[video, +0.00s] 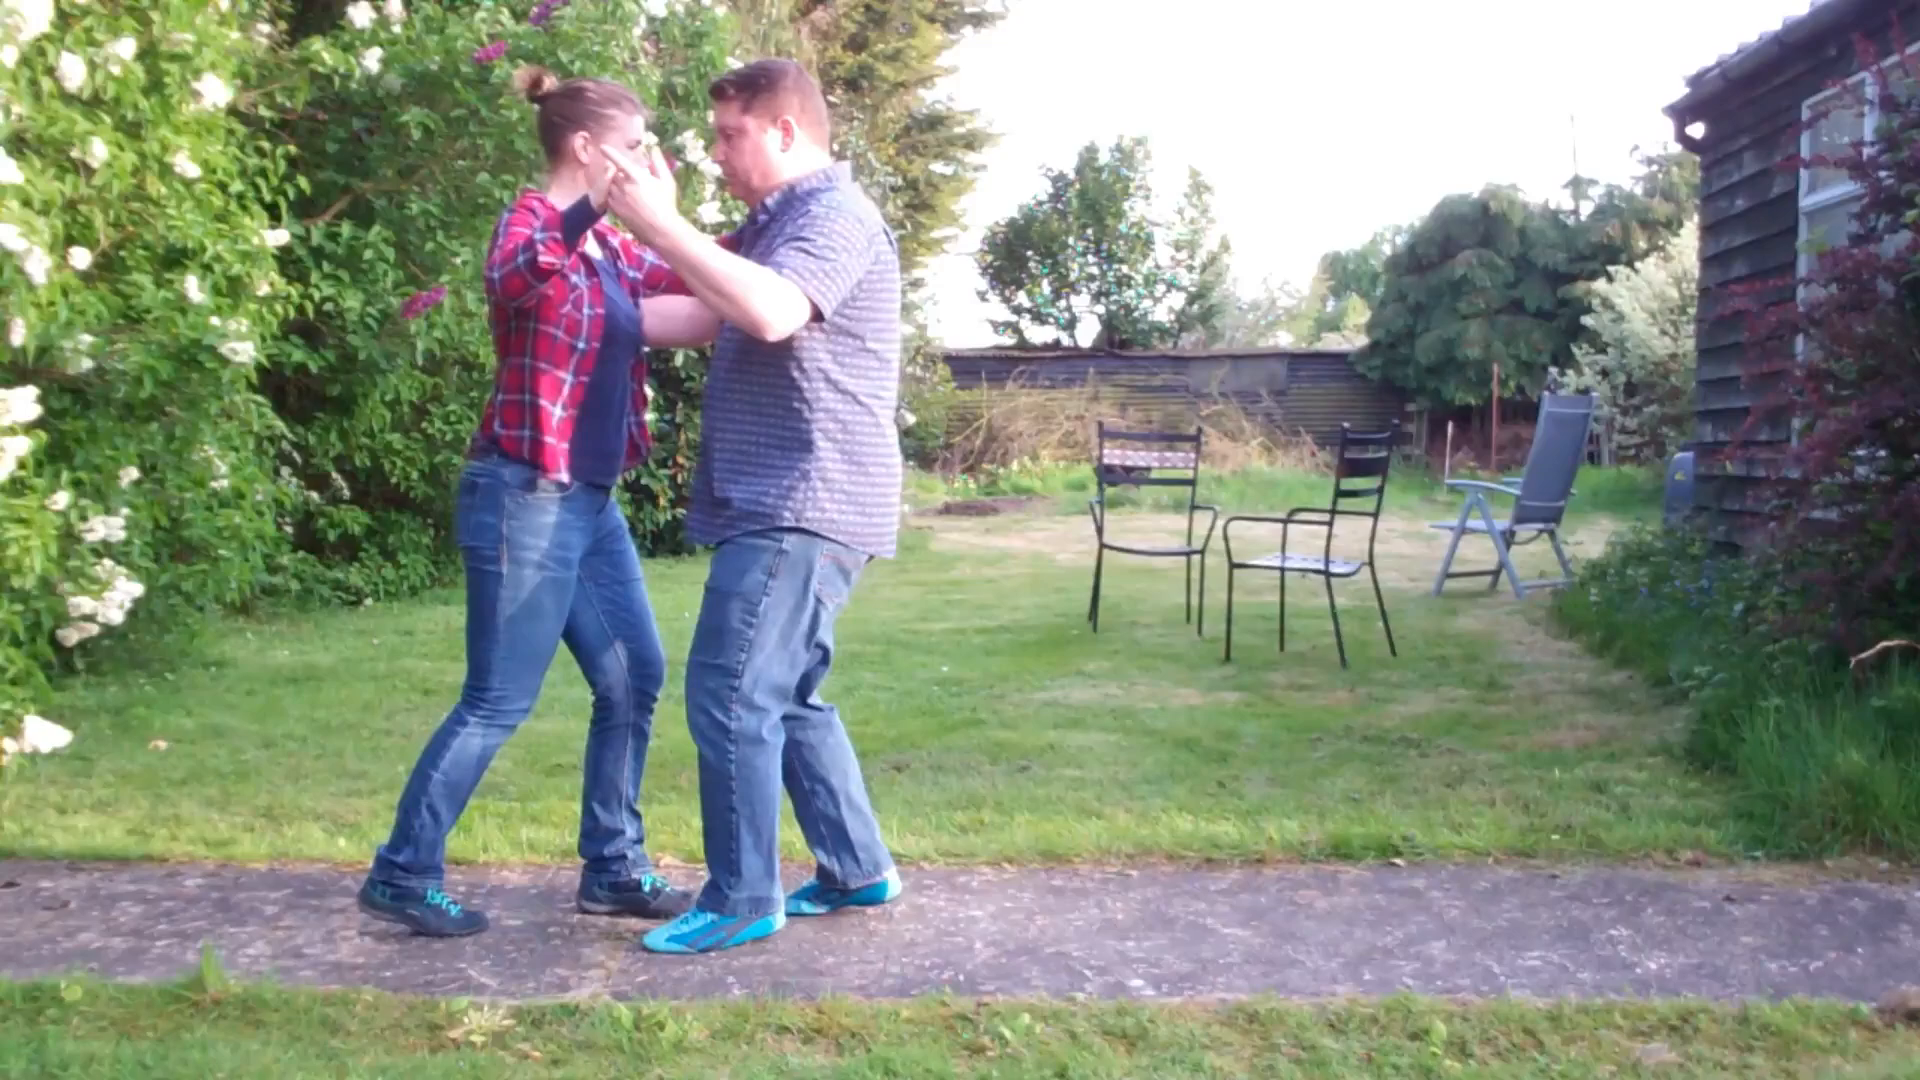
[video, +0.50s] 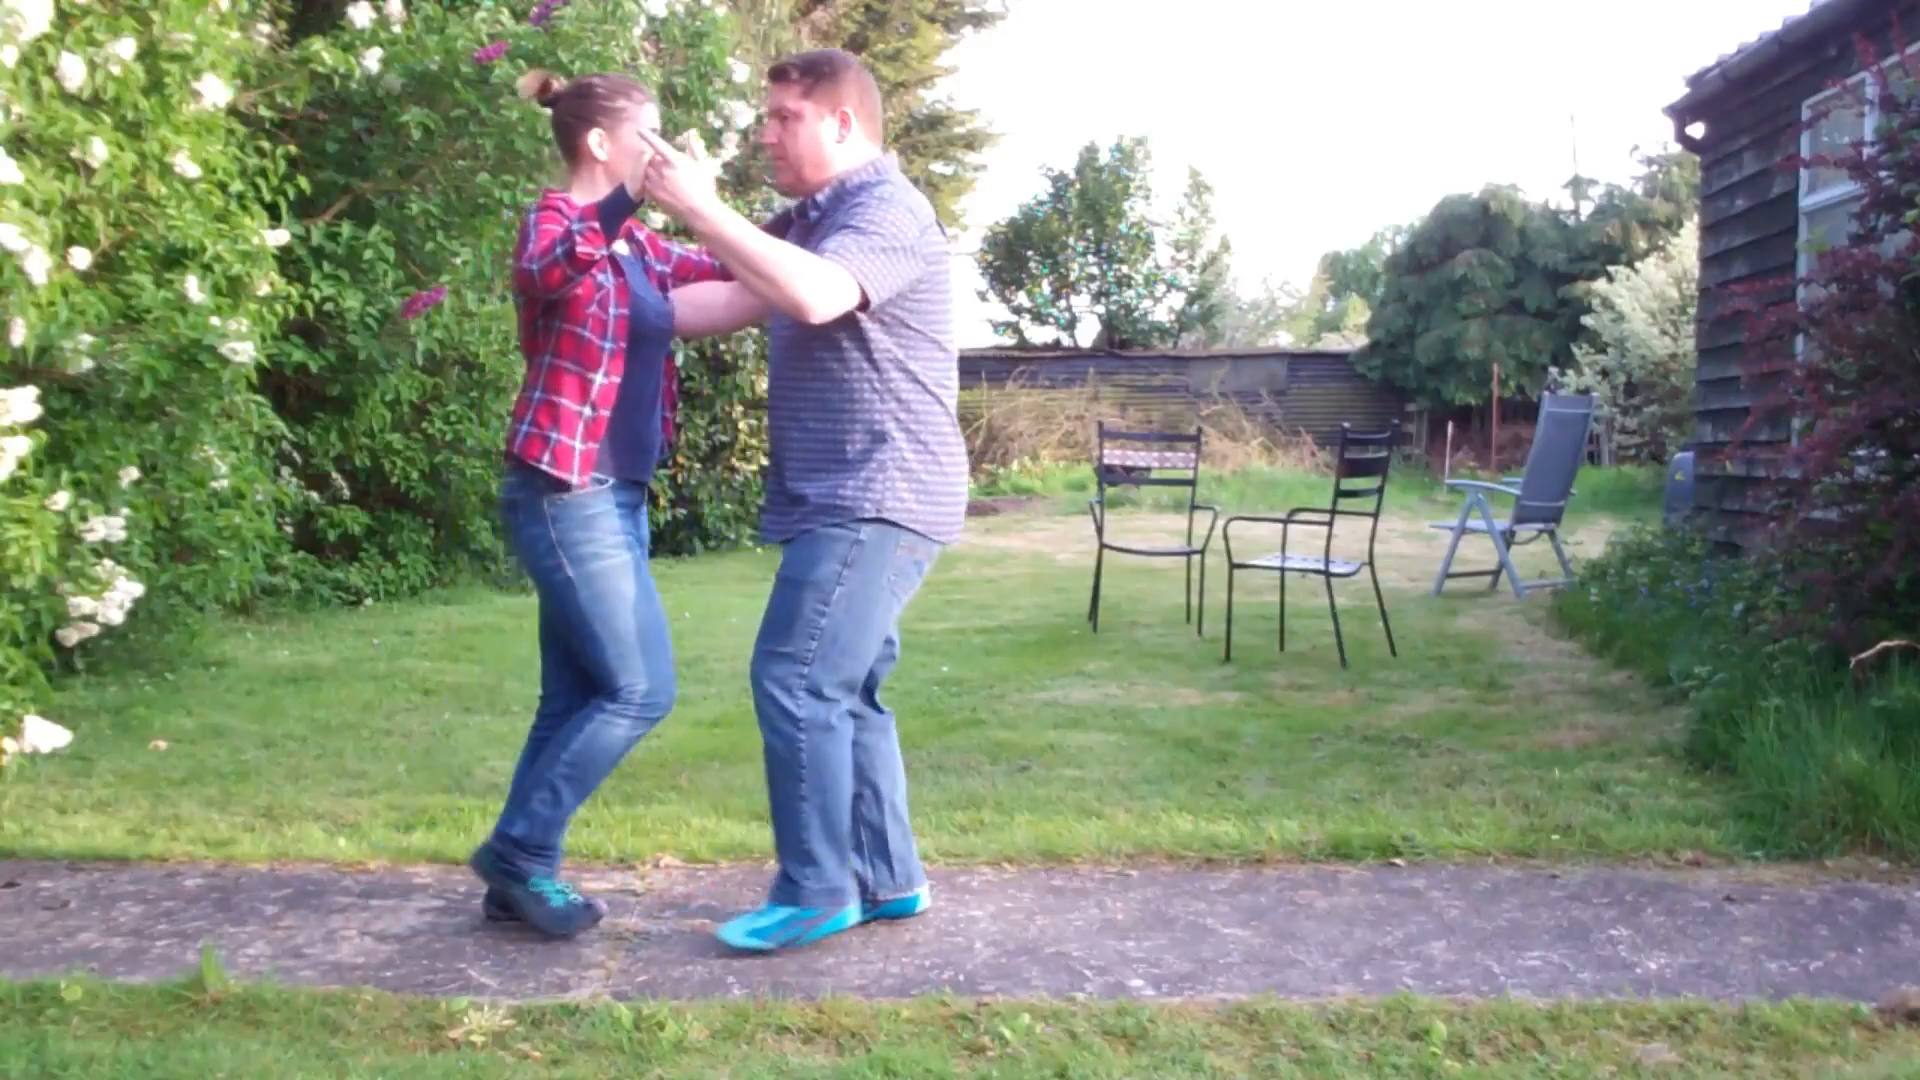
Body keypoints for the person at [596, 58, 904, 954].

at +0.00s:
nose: (717, 157)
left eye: (728, 137)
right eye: (715, 139)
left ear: (782, 129)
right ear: (781, 132)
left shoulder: (834, 214)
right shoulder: (776, 225)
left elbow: (774, 310)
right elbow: (702, 315)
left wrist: (661, 223)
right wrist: (586, 308)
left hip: (808, 506)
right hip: (776, 506)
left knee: (729, 693)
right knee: (788, 693)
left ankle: (741, 900)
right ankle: (856, 868)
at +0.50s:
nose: (764, 135)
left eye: (781, 118)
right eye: (765, 118)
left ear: (839, 121)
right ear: (824, 124)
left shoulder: (886, 208)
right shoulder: (817, 223)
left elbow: (816, 294)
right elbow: (707, 299)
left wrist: (703, 208)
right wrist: (596, 302)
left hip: (883, 495)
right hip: (842, 496)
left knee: (795, 678)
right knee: (850, 687)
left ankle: (817, 891)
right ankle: (887, 874)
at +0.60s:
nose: (793, 131)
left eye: (810, 114)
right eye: (795, 115)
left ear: (869, 119)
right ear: (851, 122)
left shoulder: (909, 208)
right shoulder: (844, 220)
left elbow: (842, 288)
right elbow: (749, 296)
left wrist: (723, 202)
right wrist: (624, 304)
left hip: (908, 496)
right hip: (865, 497)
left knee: (832, 680)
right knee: (854, 686)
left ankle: (928, 873)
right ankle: (879, 878)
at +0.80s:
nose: (856, 127)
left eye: (872, 110)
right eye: (857, 111)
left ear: (929, 116)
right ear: (907, 121)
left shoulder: (966, 200)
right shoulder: (909, 213)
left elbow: (891, 273)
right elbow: (813, 291)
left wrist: (769, 188)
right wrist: (686, 297)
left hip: (971, 495)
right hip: (924, 499)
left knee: (958, 695)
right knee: (898, 684)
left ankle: (1062, 900)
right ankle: (895, 886)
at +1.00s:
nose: (914, 128)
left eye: (928, 111)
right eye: (916, 113)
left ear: (985, 111)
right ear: (978, 114)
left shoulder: (1033, 198)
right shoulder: (969, 214)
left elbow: (948, 268)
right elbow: (870, 292)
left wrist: (827, 188)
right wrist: (739, 308)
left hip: (1029, 499)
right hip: (976, 504)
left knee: (1016, 704)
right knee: (934, 679)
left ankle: (1074, 917)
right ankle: (984, 883)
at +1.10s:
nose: (943, 128)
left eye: (955, 111)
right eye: (945, 113)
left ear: (1010, 110)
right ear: (1005, 114)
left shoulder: (1063, 199)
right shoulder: (994, 213)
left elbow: (978, 268)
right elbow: (896, 289)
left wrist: (856, 189)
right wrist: (764, 312)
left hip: (1048, 499)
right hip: (998, 503)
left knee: (1028, 703)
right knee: (964, 682)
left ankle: (1070, 920)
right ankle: (1093, 846)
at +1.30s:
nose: (988, 124)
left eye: (1000, 105)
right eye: (990, 106)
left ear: (1052, 106)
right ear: (1055, 108)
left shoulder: (1100, 195)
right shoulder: (1040, 208)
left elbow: (1022, 264)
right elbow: (935, 288)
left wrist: (898, 185)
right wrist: (802, 308)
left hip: (1079, 494)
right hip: (1046, 495)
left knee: (1055, 709)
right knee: (1101, 699)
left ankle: (1071, 921)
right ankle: (1215, 869)